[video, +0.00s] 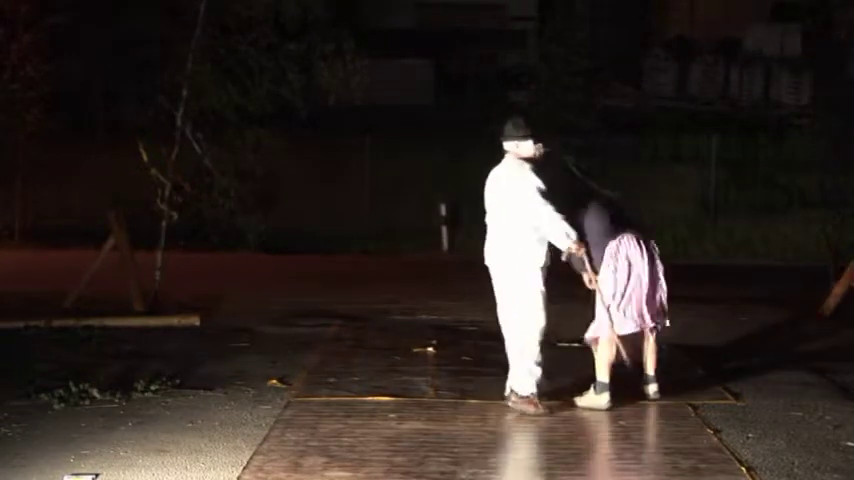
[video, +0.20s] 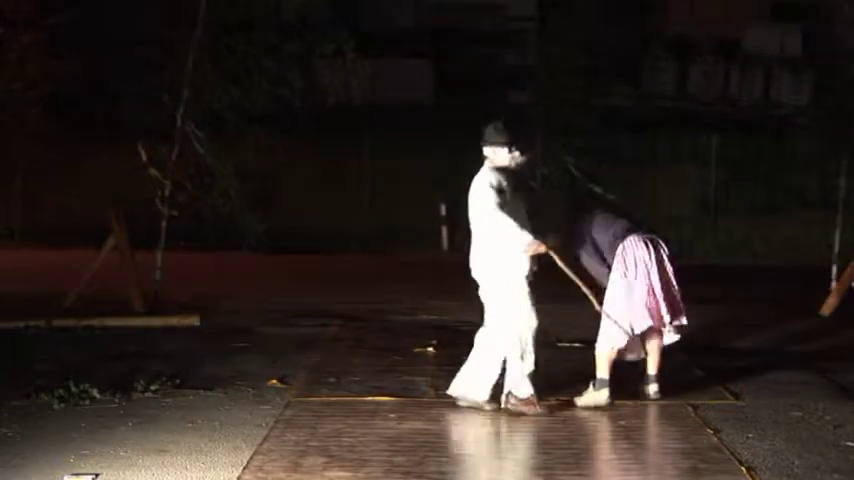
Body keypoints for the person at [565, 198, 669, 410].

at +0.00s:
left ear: (614, 224)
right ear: (633, 222)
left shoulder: (615, 248)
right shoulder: (648, 245)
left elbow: (608, 284)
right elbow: (659, 281)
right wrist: (662, 307)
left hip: (618, 307)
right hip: (645, 304)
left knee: (604, 338)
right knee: (649, 333)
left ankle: (601, 390)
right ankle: (651, 382)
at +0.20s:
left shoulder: (581, 237)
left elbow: (600, 271)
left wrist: (615, 292)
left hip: (628, 255)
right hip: (655, 249)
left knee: (612, 322)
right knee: (654, 322)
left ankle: (601, 387)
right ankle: (652, 383)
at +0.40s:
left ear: (592, 202)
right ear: (614, 198)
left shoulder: (592, 216)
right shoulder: (632, 207)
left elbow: (595, 250)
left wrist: (598, 271)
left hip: (631, 249)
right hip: (661, 243)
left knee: (599, 303)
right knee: (655, 315)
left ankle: (613, 358)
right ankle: (652, 380)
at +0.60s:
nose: (584, 192)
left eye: (584, 188)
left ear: (587, 190)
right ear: (608, 181)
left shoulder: (593, 206)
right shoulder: (637, 191)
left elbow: (604, 239)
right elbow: (667, 200)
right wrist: (686, 230)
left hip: (625, 255)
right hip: (658, 247)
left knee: (612, 315)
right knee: (653, 316)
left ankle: (615, 373)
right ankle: (649, 378)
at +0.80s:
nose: (589, 185)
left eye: (590, 181)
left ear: (594, 182)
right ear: (619, 175)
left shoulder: (596, 203)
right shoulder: (639, 192)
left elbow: (588, 213)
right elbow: (669, 208)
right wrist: (676, 240)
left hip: (619, 252)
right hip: (653, 248)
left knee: (610, 308)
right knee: (650, 304)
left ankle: (615, 371)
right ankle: (654, 357)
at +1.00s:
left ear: (634, 215)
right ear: (656, 216)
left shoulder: (625, 240)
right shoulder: (663, 240)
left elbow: (612, 276)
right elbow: (667, 272)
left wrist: (605, 315)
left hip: (627, 284)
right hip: (658, 285)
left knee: (615, 320)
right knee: (659, 318)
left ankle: (617, 372)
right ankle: (661, 369)